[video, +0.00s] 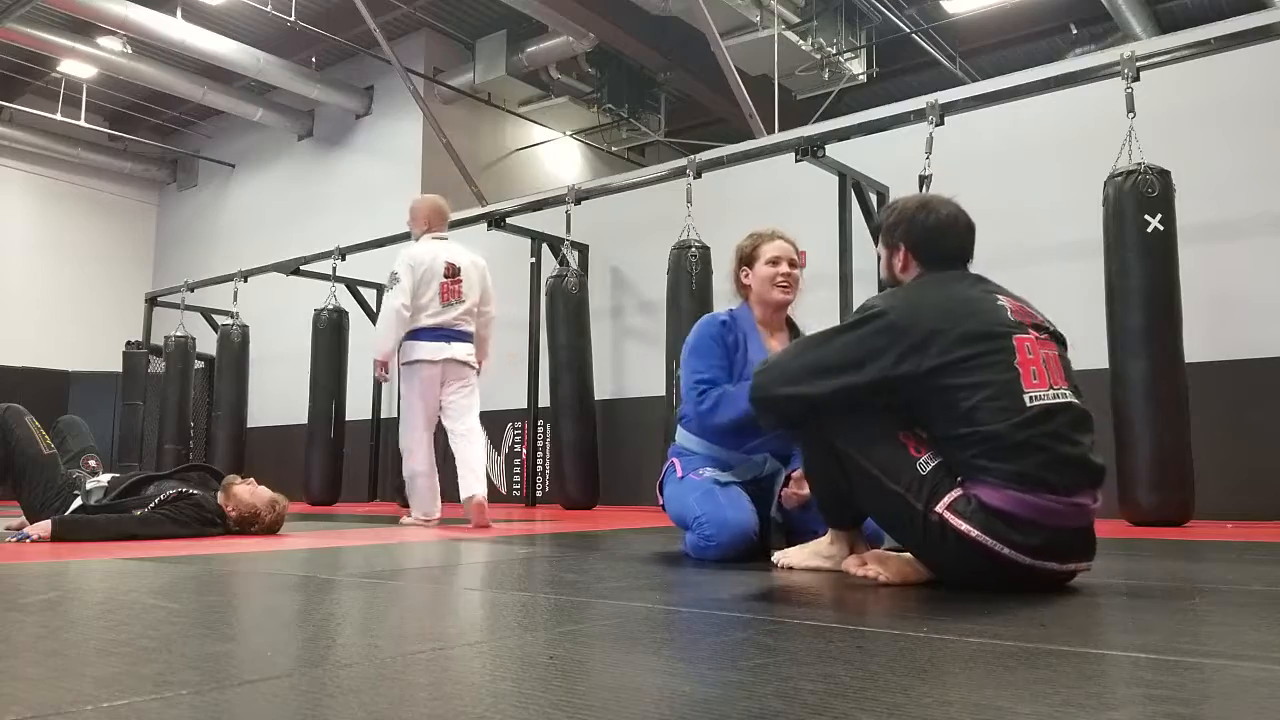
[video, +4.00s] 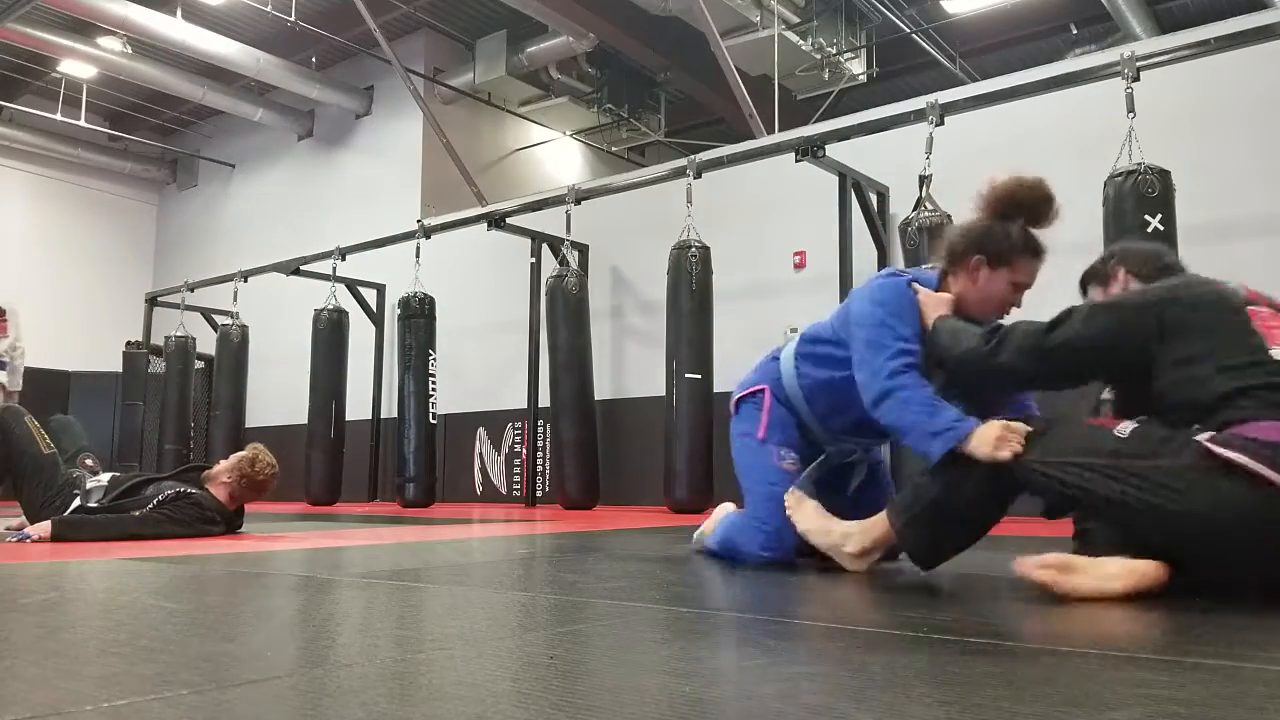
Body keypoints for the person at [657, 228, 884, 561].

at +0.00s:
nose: (786, 271)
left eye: (793, 265)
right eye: (774, 263)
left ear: (801, 278)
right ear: (746, 276)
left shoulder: (806, 348)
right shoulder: (714, 330)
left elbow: (814, 418)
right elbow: (703, 409)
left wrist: (802, 469)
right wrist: (783, 389)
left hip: (778, 473)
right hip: (704, 468)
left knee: (866, 534)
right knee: (734, 534)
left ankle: (781, 527)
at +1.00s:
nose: (775, 276)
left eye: (778, 266)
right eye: (760, 268)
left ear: (784, 269)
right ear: (730, 279)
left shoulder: (799, 340)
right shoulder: (695, 341)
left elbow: (833, 401)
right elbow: (664, 418)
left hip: (778, 475)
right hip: (704, 477)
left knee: (876, 527)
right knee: (733, 534)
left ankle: (776, 529)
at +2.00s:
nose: (823, 296)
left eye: (823, 286)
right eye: (816, 285)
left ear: (785, 282)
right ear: (779, 280)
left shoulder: (822, 344)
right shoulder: (716, 336)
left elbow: (859, 422)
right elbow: (750, 403)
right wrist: (821, 393)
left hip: (778, 469)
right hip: (701, 465)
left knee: (878, 532)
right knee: (728, 538)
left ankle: (774, 524)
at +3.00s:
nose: (871, 311)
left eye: (875, 301)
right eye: (867, 299)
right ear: (830, 287)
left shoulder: (848, 349)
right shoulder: (755, 340)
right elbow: (776, 441)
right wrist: (825, 394)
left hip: (789, 463)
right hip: (710, 454)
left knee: (879, 534)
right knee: (727, 540)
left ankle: (777, 525)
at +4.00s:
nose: (1019, 302)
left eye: (1025, 291)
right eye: (1016, 286)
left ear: (979, 272)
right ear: (977, 270)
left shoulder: (977, 331)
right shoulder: (886, 296)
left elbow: (1008, 403)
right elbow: (889, 389)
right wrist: (967, 435)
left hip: (853, 432)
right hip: (777, 404)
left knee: (865, 546)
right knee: (782, 543)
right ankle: (720, 529)